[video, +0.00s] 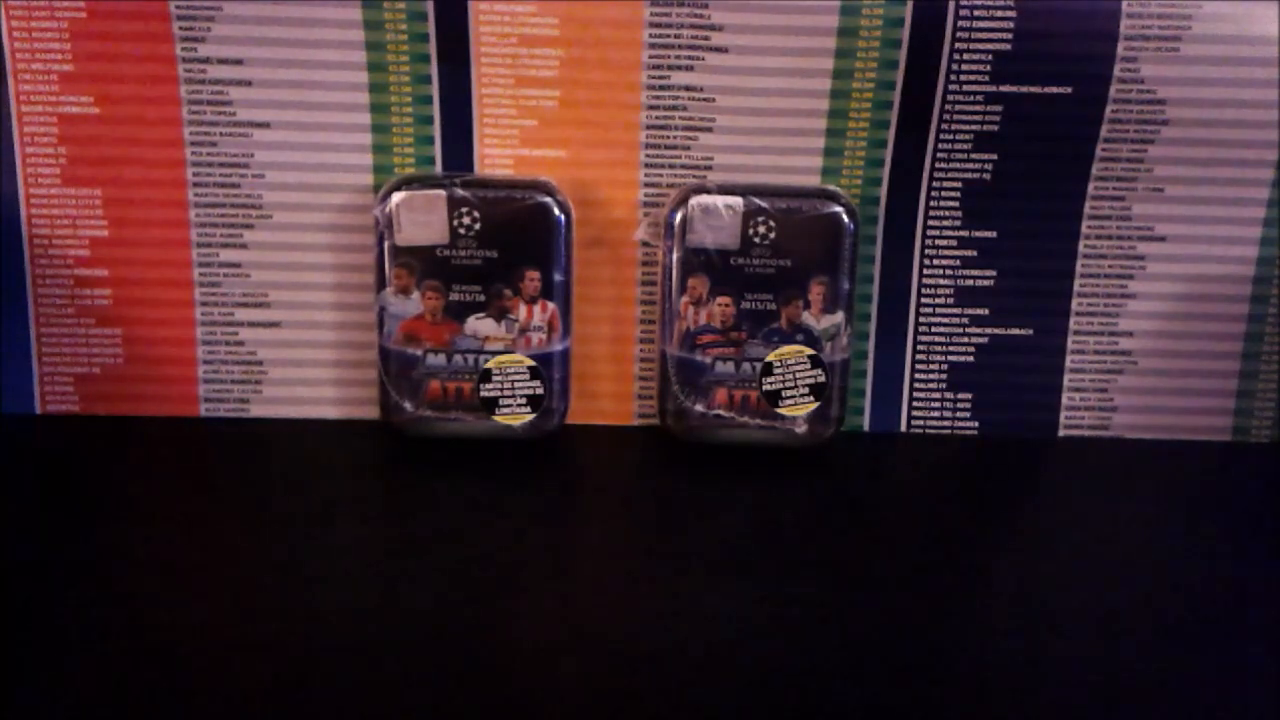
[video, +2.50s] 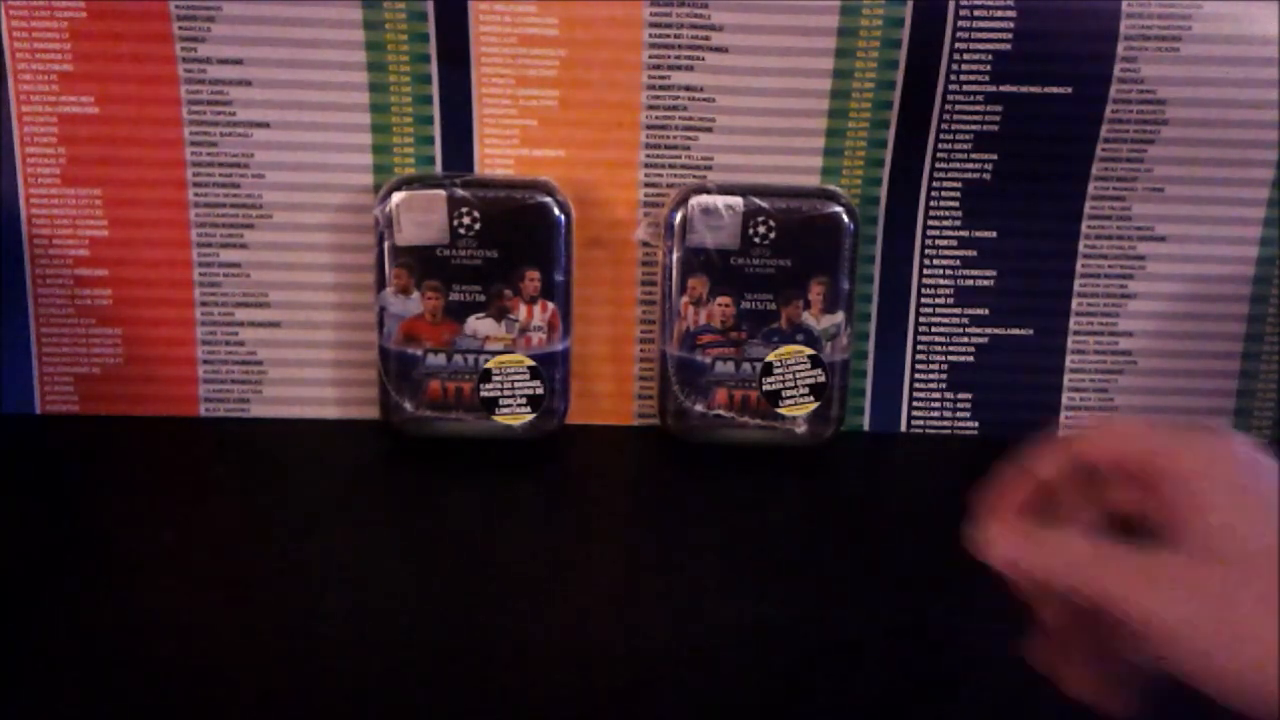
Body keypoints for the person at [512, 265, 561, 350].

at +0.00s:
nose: (536, 285)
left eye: (539, 281)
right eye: (531, 280)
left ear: (541, 283)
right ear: (521, 284)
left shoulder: (551, 308)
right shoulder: (512, 306)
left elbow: (556, 335)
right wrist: (520, 329)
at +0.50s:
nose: (536, 285)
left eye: (539, 281)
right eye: (531, 280)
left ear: (541, 283)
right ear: (521, 284)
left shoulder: (550, 308)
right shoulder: (513, 305)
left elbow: (556, 337)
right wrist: (520, 328)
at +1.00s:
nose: (536, 285)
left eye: (538, 281)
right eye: (531, 280)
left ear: (541, 283)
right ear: (521, 284)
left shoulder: (550, 308)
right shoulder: (512, 305)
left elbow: (556, 336)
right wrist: (520, 328)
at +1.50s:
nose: (536, 285)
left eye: (538, 281)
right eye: (531, 280)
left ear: (541, 283)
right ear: (521, 284)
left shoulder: (551, 308)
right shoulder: (513, 305)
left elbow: (556, 336)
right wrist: (520, 329)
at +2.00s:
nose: (536, 285)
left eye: (539, 281)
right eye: (531, 280)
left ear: (541, 283)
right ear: (521, 284)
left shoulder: (550, 308)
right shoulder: (512, 305)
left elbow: (556, 336)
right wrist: (520, 328)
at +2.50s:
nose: (536, 285)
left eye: (539, 281)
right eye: (531, 280)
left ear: (541, 283)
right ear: (521, 284)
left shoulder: (550, 308)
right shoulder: (512, 306)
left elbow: (556, 337)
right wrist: (520, 329)